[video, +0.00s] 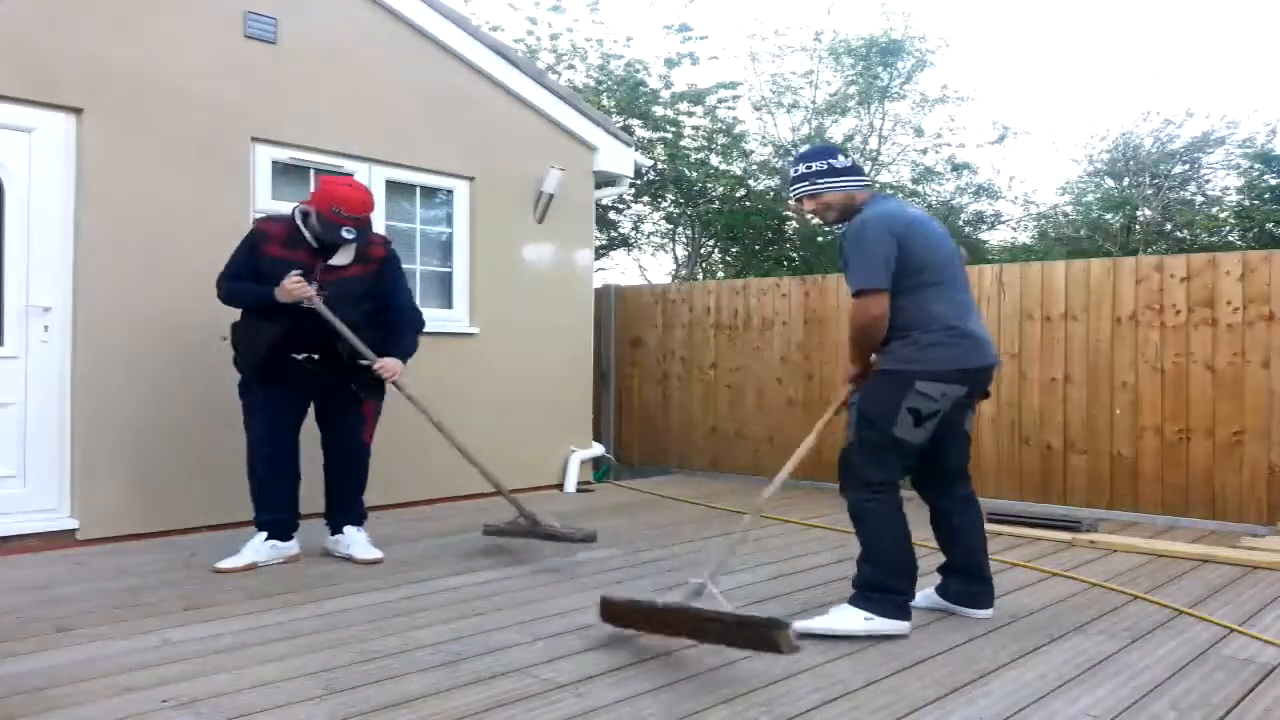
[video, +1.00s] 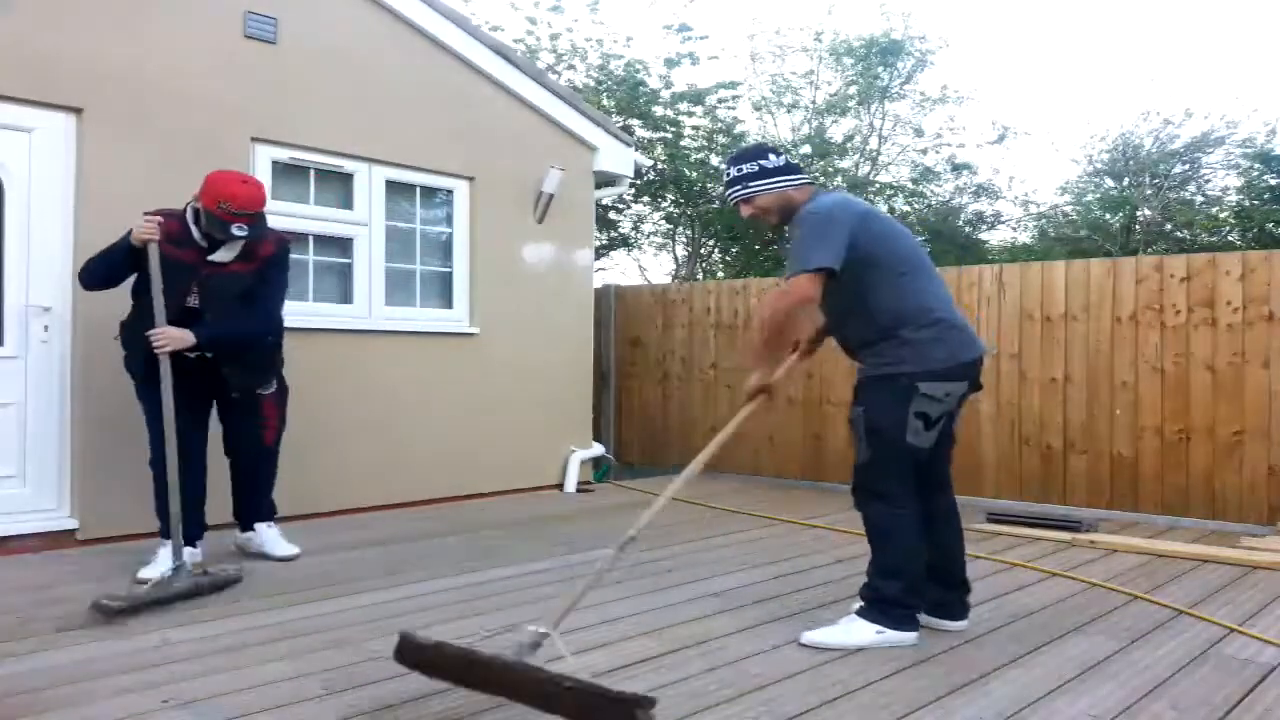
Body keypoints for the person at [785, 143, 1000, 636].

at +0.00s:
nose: (809, 209)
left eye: (812, 196)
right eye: (804, 201)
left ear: (840, 185)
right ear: (849, 186)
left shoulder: (869, 225)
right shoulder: (906, 216)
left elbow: (871, 311)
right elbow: (916, 310)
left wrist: (860, 364)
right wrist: (870, 375)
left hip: (923, 360)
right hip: (966, 358)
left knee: (866, 472)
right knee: (941, 473)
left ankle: (882, 603)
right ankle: (969, 590)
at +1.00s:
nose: (746, 213)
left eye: (746, 199)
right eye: (740, 204)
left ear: (774, 185)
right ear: (786, 184)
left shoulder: (822, 213)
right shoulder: (844, 210)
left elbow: (803, 293)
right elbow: (861, 293)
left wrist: (763, 365)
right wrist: (815, 335)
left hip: (907, 363)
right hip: (947, 357)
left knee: (881, 486)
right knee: (927, 481)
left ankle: (889, 614)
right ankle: (945, 601)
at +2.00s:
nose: (723, 209)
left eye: (721, 195)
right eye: (717, 200)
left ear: (743, 177)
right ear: (764, 167)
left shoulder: (789, 206)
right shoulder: (824, 197)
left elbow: (759, 299)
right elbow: (843, 276)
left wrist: (713, 371)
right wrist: (787, 317)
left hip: (886, 361)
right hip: (932, 355)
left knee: (866, 496)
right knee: (910, 491)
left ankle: (857, 636)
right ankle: (924, 613)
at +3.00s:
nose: (613, 219)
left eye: (609, 207)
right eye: (606, 211)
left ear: (630, 189)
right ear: (651, 181)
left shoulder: (660, 224)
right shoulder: (723, 205)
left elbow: (635, 319)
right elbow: (758, 280)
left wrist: (607, 398)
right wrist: (705, 341)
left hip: (765, 360)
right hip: (832, 354)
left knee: (720, 488)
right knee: (825, 485)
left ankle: (704, 620)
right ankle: (861, 614)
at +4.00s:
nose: (595, 222)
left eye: (595, 209)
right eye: (591, 213)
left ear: (621, 196)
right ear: (642, 193)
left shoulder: (634, 235)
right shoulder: (717, 214)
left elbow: (619, 323)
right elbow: (765, 276)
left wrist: (620, 390)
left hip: (721, 360)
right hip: (787, 355)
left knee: (683, 477)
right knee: (767, 474)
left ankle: (676, 594)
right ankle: (768, 590)